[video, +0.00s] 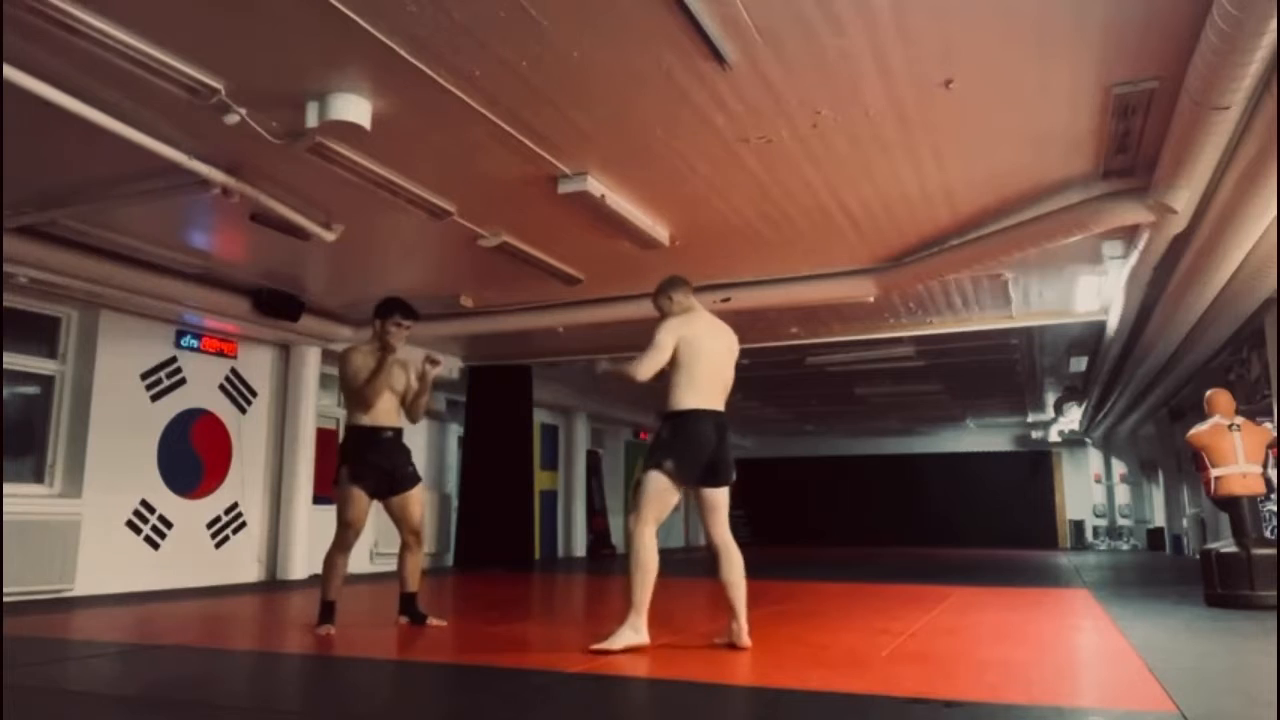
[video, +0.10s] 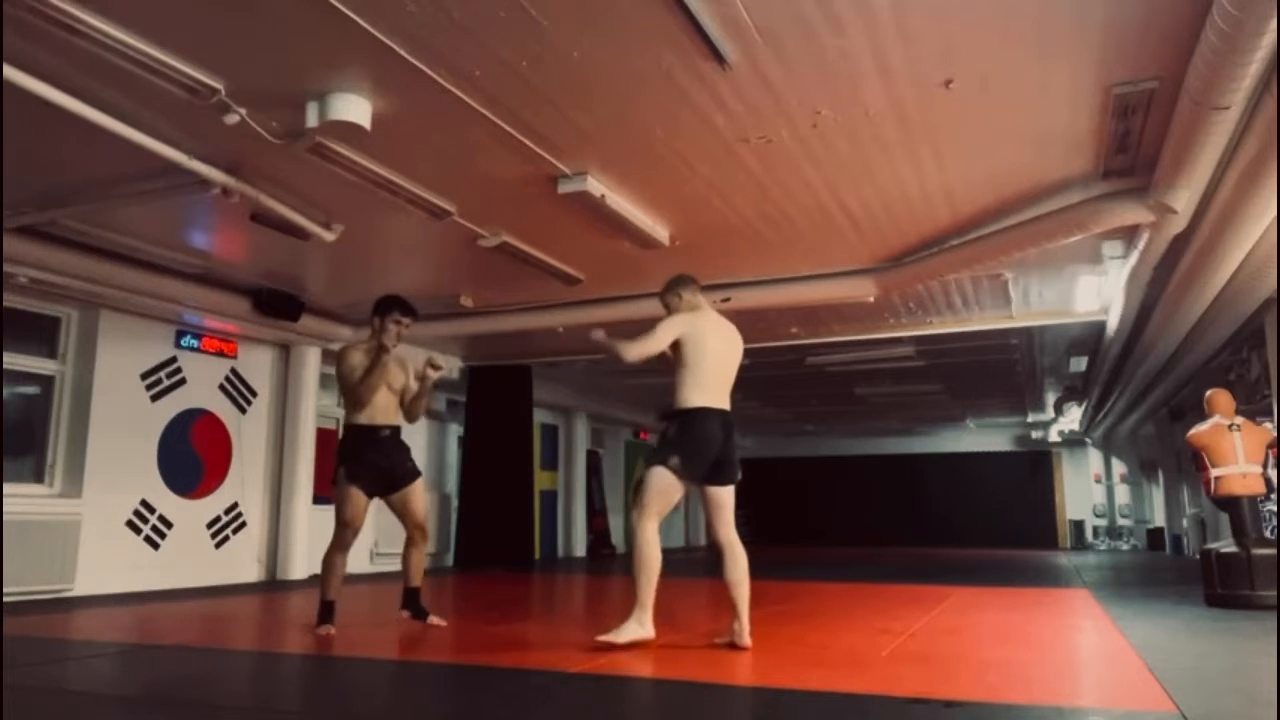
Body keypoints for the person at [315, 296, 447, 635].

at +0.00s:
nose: (401, 333)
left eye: (406, 328)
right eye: (396, 325)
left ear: (409, 332)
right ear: (378, 323)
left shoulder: (405, 365)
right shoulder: (354, 355)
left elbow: (414, 414)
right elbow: (362, 400)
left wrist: (426, 381)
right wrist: (384, 360)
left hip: (394, 446)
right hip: (360, 444)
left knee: (414, 531)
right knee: (348, 531)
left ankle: (410, 607)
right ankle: (327, 614)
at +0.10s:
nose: (400, 331)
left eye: (405, 327)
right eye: (396, 323)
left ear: (408, 330)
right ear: (377, 320)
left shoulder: (403, 364)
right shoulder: (352, 353)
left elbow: (412, 414)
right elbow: (356, 399)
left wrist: (426, 383)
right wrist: (382, 355)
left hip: (392, 445)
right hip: (357, 444)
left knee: (419, 527)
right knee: (346, 530)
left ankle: (412, 603)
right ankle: (326, 613)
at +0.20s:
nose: (404, 330)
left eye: (409, 326)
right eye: (399, 322)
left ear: (411, 328)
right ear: (380, 320)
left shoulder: (405, 366)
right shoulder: (355, 353)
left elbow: (413, 413)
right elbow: (359, 398)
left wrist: (428, 384)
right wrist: (387, 353)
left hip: (395, 445)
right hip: (360, 444)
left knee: (426, 524)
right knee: (346, 530)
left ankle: (422, 602)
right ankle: (326, 615)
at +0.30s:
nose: (412, 331)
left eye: (416, 327)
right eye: (407, 324)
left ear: (417, 331)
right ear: (387, 321)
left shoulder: (411, 369)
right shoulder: (363, 354)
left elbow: (417, 415)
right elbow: (368, 400)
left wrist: (435, 386)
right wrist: (398, 356)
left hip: (401, 449)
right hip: (365, 448)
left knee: (432, 525)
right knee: (346, 534)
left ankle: (439, 604)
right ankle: (327, 614)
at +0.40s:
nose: (425, 335)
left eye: (429, 331)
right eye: (420, 327)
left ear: (429, 334)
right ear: (399, 325)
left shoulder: (420, 368)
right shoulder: (376, 358)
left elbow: (425, 419)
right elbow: (387, 402)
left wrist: (445, 390)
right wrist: (416, 362)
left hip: (409, 453)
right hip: (375, 451)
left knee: (442, 528)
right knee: (351, 536)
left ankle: (452, 605)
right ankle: (326, 614)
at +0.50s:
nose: (443, 336)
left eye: (446, 332)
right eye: (437, 329)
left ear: (445, 335)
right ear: (416, 328)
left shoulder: (439, 368)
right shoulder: (397, 360)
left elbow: (438, 423)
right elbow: (408, 404)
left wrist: (461, 396)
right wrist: (438, 366)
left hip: (426, 455)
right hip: (393, 452)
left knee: (454, 530)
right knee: (365, 536)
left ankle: (457, 609)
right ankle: (329, 610)